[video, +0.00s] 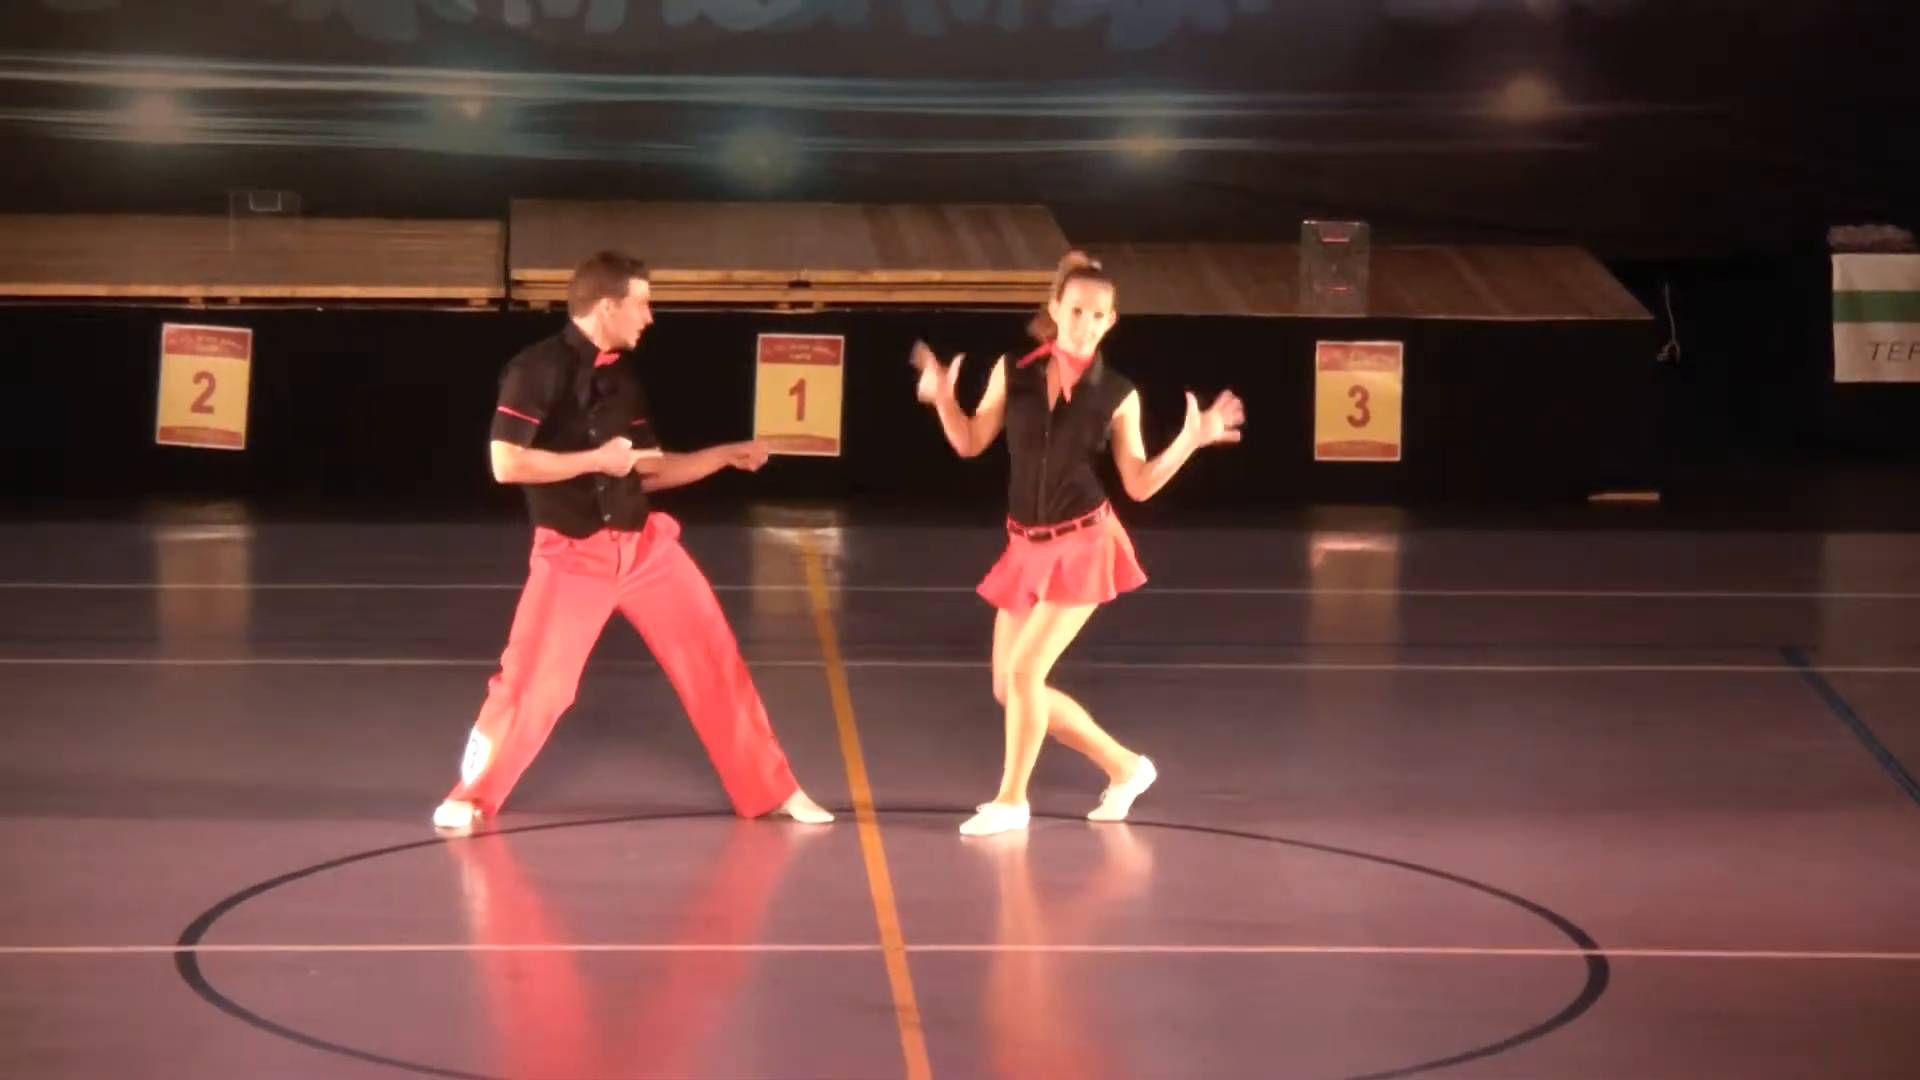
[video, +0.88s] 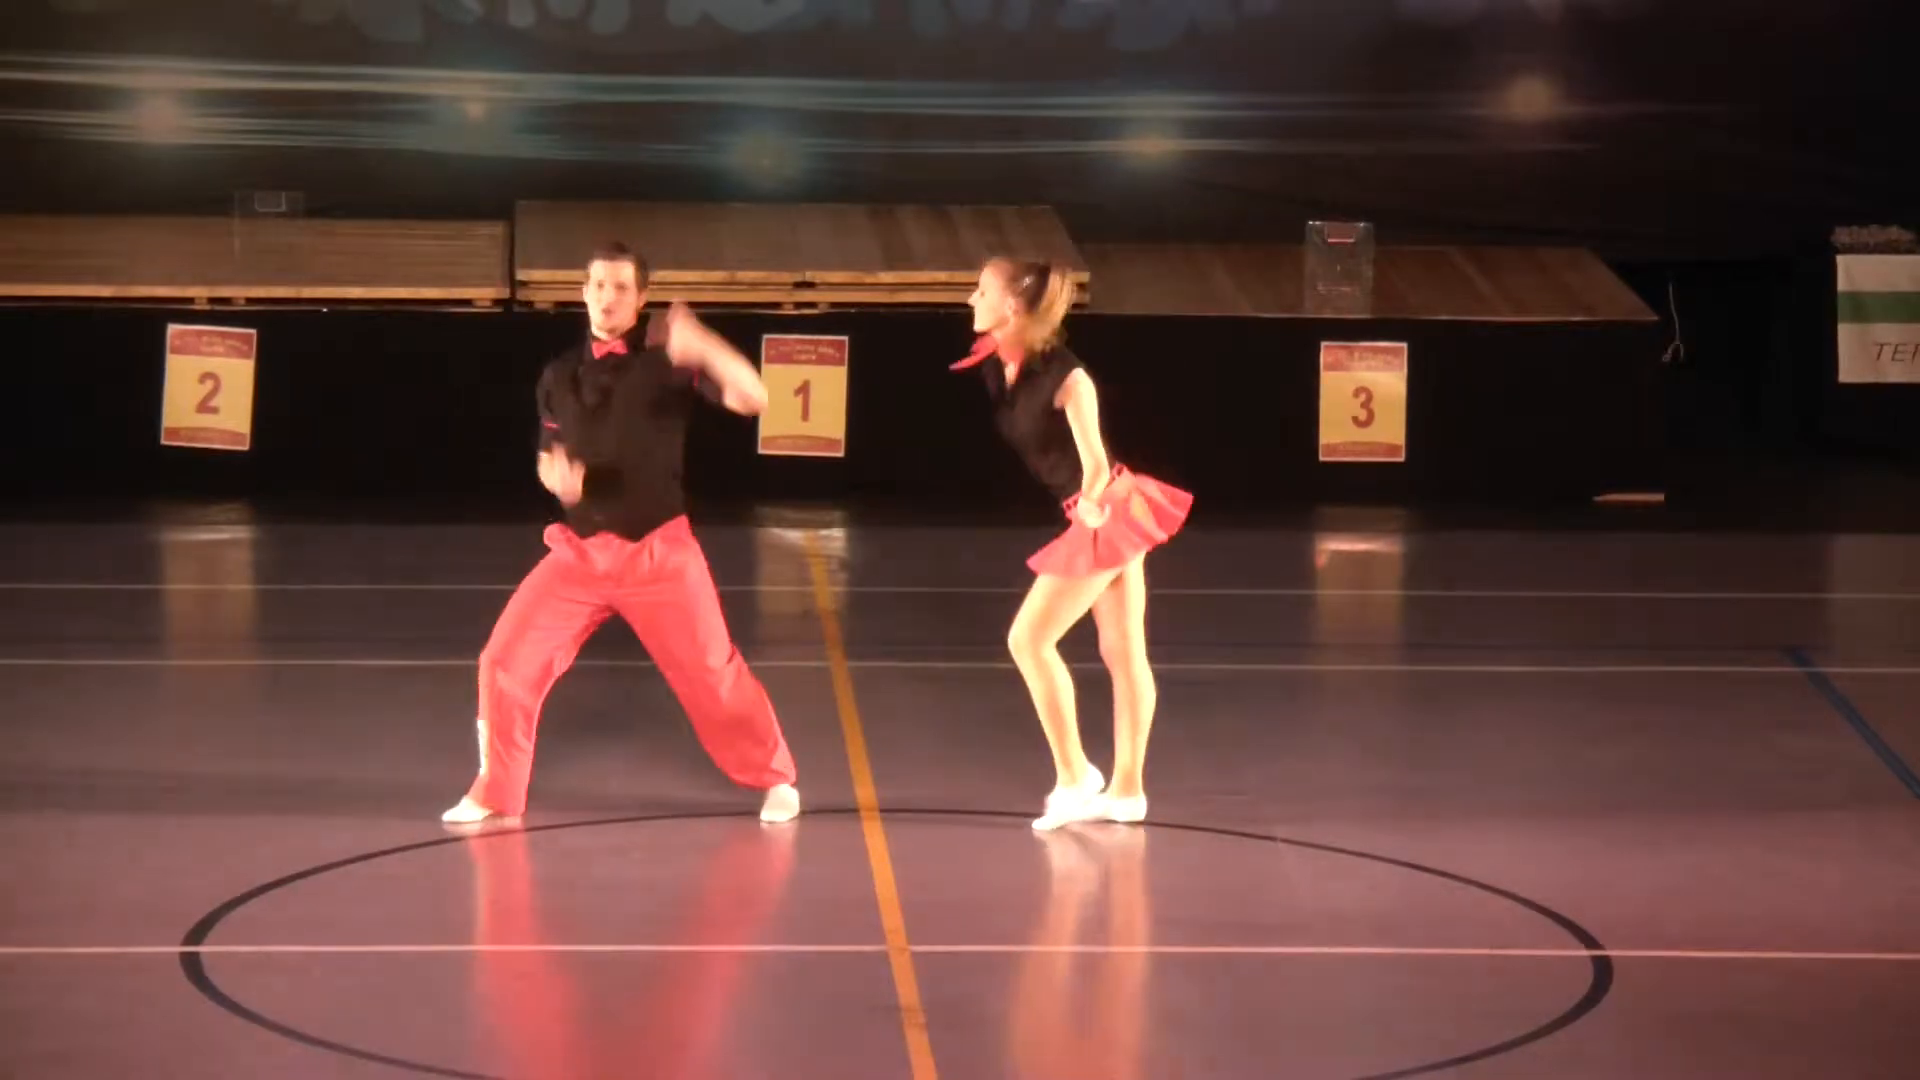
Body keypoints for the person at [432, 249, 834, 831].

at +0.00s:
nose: (647, 318)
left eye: (647, 306)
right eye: (640, 305)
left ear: (610, 307)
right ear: (603, 306)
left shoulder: (621, 373)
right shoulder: (537, 369)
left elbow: (650, 472)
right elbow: (506, 463)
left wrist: (727, 455)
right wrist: (595, 459)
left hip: (648, 547)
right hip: (570, 557)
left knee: (716, 660)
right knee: (533, 683)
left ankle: (773, 790)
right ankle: (469, 800)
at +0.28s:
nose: (607, 309)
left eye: (615, 297)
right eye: (594, 297)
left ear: (628, 304)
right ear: (570, 305)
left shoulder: (656, 375)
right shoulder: (539, 379)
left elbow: (697, 446)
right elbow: (500, 471)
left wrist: (678, 500)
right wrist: (550, 452)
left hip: (655, 561)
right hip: (568, 564)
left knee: (724, 674)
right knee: (519, 679)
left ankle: (776, 799)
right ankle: (470, 799)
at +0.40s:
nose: (615, 286)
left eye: (625, 275)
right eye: (604, 275)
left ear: (643, 283)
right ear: (587, 284)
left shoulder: (661, 361)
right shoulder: (558, 335)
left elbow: (686, 434)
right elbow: (498, 372)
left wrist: (671, 481)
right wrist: (533, 292)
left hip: (648, 537)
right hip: (568, 537)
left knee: (710, 660)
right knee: (529, 666)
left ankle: (763, 791)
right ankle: (470, 795)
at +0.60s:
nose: (621, 295)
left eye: (632, 284)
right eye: (611, 284)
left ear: (652, 297)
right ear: (594, 295)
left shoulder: (667, 375)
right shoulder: (564, 348)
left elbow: (705, 473)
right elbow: (488, 358)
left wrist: (678, 461)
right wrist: (521, 284)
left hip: (651, 553)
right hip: (570, 549)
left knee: (726, 647)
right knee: (525, 666)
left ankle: (733, 786)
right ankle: (453, 795)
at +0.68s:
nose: (618, 281)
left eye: (631, 271)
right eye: (609, 269)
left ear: (649, 281)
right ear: (592, 277)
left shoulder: (673, 350)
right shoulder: (561, 346)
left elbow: (723, 411)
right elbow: (492, 415)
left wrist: (702, 334)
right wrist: (533, 378)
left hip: (656, 537)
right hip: (570, 535)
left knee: (713, 658)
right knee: (518, 658)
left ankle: (748, 781)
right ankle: (461, 793)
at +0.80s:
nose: (610, 290)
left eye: (622, 280)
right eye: (601, 278)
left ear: (641, 291)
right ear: (586, 286)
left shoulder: (663, 347)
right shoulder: (565, 367)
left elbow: (742, 354)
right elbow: (552, 449)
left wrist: (715, 272)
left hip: (652, 541)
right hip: (575, 542)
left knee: (702, 662)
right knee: (507, 659)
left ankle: (771, 778)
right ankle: (496, 798)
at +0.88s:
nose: (607, 298)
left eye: (619, 287)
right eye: (598, 285)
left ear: (641, 297)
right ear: (583, 292)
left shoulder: (669, 361)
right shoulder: (561, 376)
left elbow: (752, 401)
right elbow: (551, 455)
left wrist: (702, 345)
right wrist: (561, 478)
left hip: (661, 554)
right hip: (577, 554)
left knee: (712, 675)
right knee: (503, 666)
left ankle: (777, 779)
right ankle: (497, 794)